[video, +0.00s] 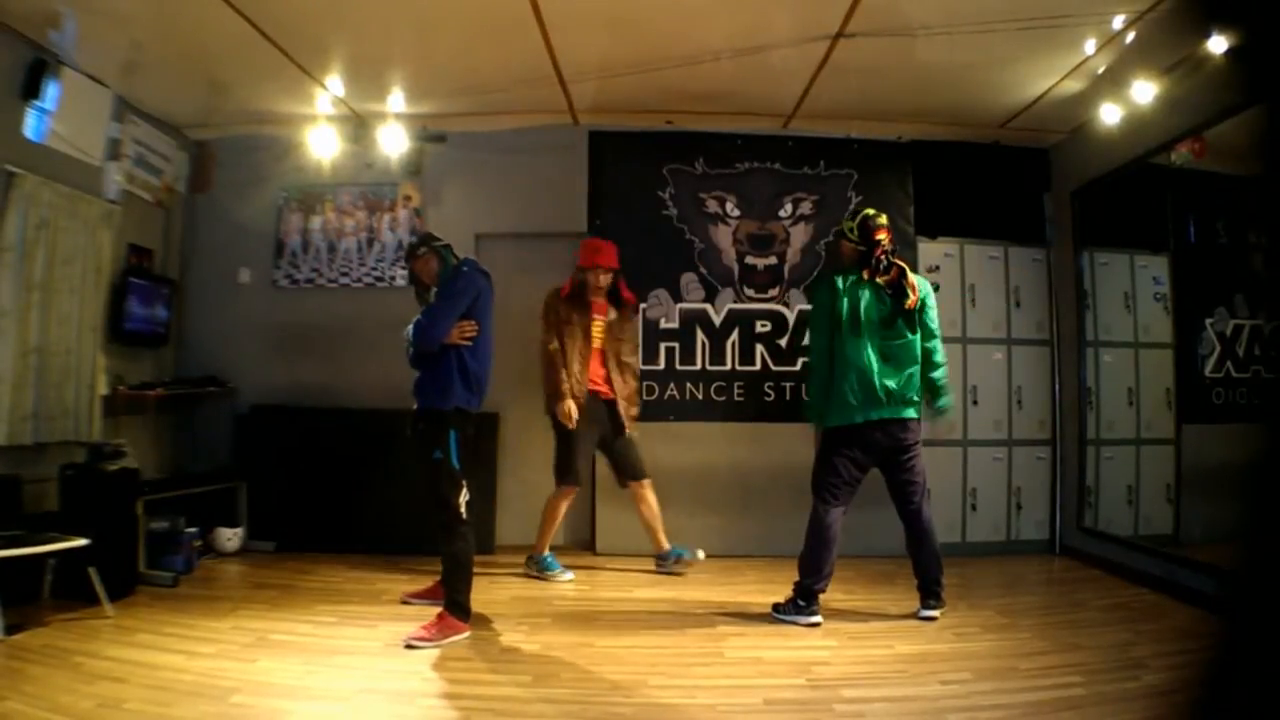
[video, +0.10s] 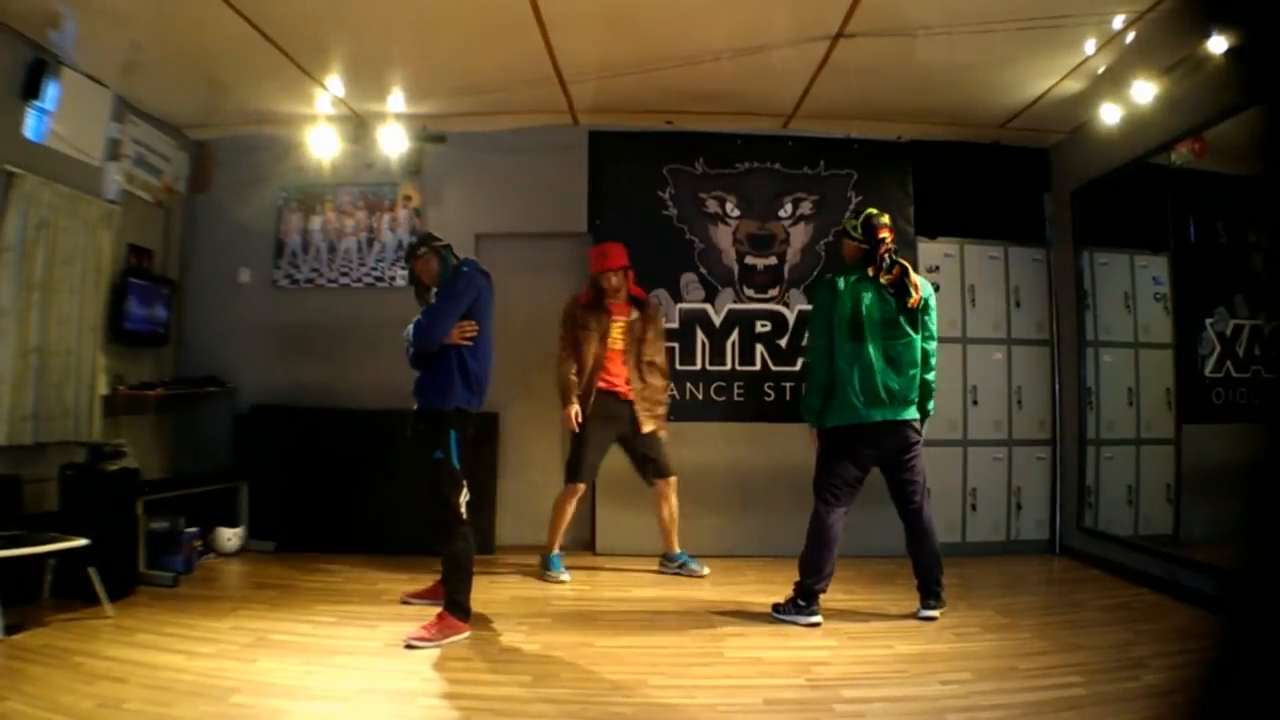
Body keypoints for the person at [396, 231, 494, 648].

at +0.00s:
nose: (418, 274)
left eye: (420, 264)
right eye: (414, 268)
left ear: (436, 256)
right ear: (420, 268)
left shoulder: (468, 277)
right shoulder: (444, 290)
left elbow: (432, 334)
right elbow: (413, 347)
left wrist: (415, 328)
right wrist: (439, 334)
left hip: (454, 408)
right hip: (435, 408)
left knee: (454, 508)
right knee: (442, 502)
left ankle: (456, 613)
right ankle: (448, 582)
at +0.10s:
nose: (418, 275)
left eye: (419, 265)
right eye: (413, 269)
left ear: (435, 256)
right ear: (422, 267)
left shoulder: (468, 277)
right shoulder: (444, 290)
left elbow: (432, 334)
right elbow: (413, 347)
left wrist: (415, 328)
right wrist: (439, 334)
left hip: (454, 409)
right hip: (435, 408)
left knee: (454, 508)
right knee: (442, 502)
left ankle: (456, 614)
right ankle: (448, 581)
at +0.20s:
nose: (418, 275)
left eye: (420, 265)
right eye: (414, 269)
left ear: (436, 256)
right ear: (420, 269)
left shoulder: (468, 277)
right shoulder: (444, 290)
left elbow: (432, 335)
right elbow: (413, 347)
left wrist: (415, 329)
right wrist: (440, 335)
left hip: (455, 409)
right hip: (436, 408)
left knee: (455, 508)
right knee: (442, 502)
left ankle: (457, 614)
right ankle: (448, 582)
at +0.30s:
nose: (417, 275)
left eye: (419, 265)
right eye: (413, 269)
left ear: (435, 256)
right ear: (420, 268)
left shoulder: (468, 277)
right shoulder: (443, 290)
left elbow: (432, 334)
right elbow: (412, 348)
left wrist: (414, 329)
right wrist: (440, 334)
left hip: (455, 408)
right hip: (436, 408)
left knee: (455, 509)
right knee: (443, 502)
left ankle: (456, 614)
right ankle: (448, 582)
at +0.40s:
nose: (418, 275)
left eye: (420, 265)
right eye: (413, 269)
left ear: (435, 256)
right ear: (419, 268)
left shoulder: (468, 277)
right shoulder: (442, 290)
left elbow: (432, 334)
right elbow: (411, 348)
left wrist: (414, 329)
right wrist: (439, 334)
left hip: (455, 408)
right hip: (435, 407)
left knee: (455, 509)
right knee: (443, 502)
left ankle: (456, 614)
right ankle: (448, 582)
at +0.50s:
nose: (418, 275)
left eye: (420, 265)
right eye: (413, 269)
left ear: (435, 255)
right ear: (419, 268)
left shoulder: (468, 276)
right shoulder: (443, 290)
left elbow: (432, 334)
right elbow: (411, 347)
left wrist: (414, 329)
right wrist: (438, 334)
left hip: (455, 408)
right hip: (435, 407)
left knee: (455, 509)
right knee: (443, 502)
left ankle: (456, 614)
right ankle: (448, 581)